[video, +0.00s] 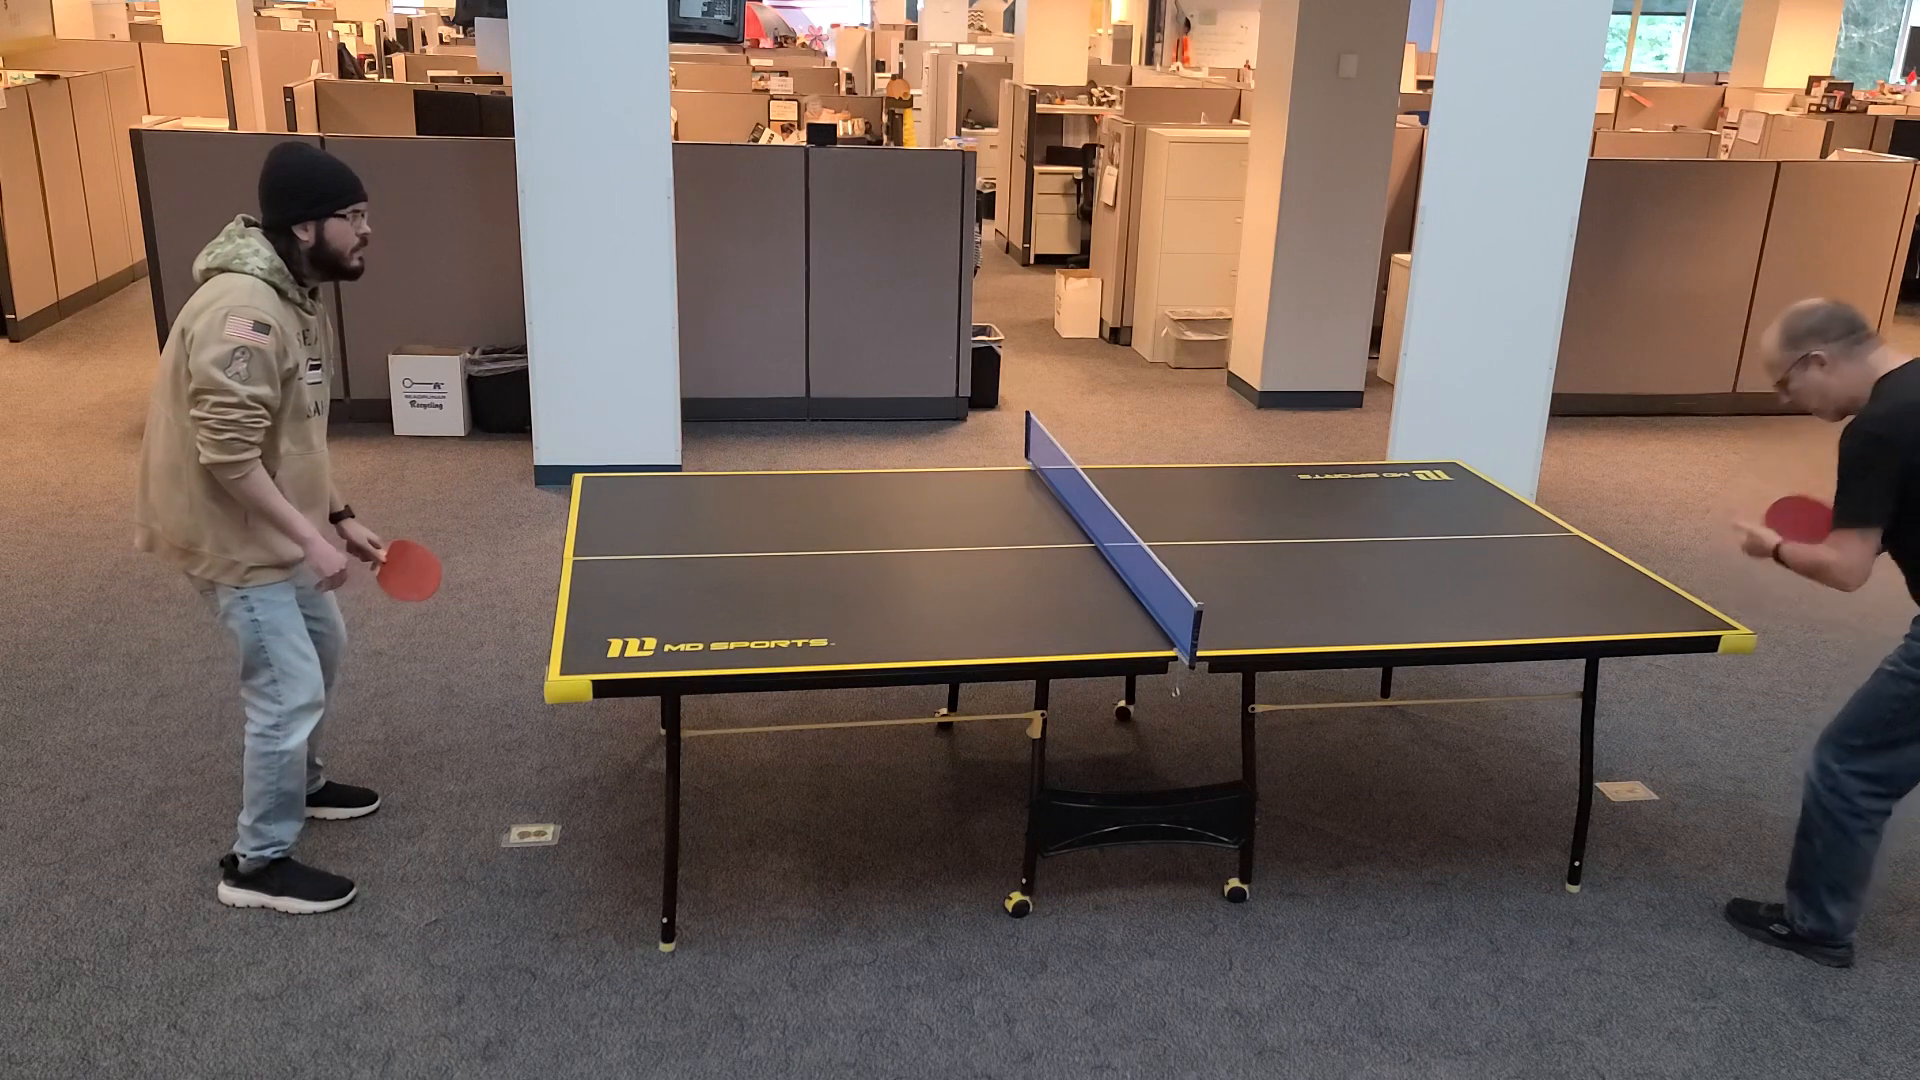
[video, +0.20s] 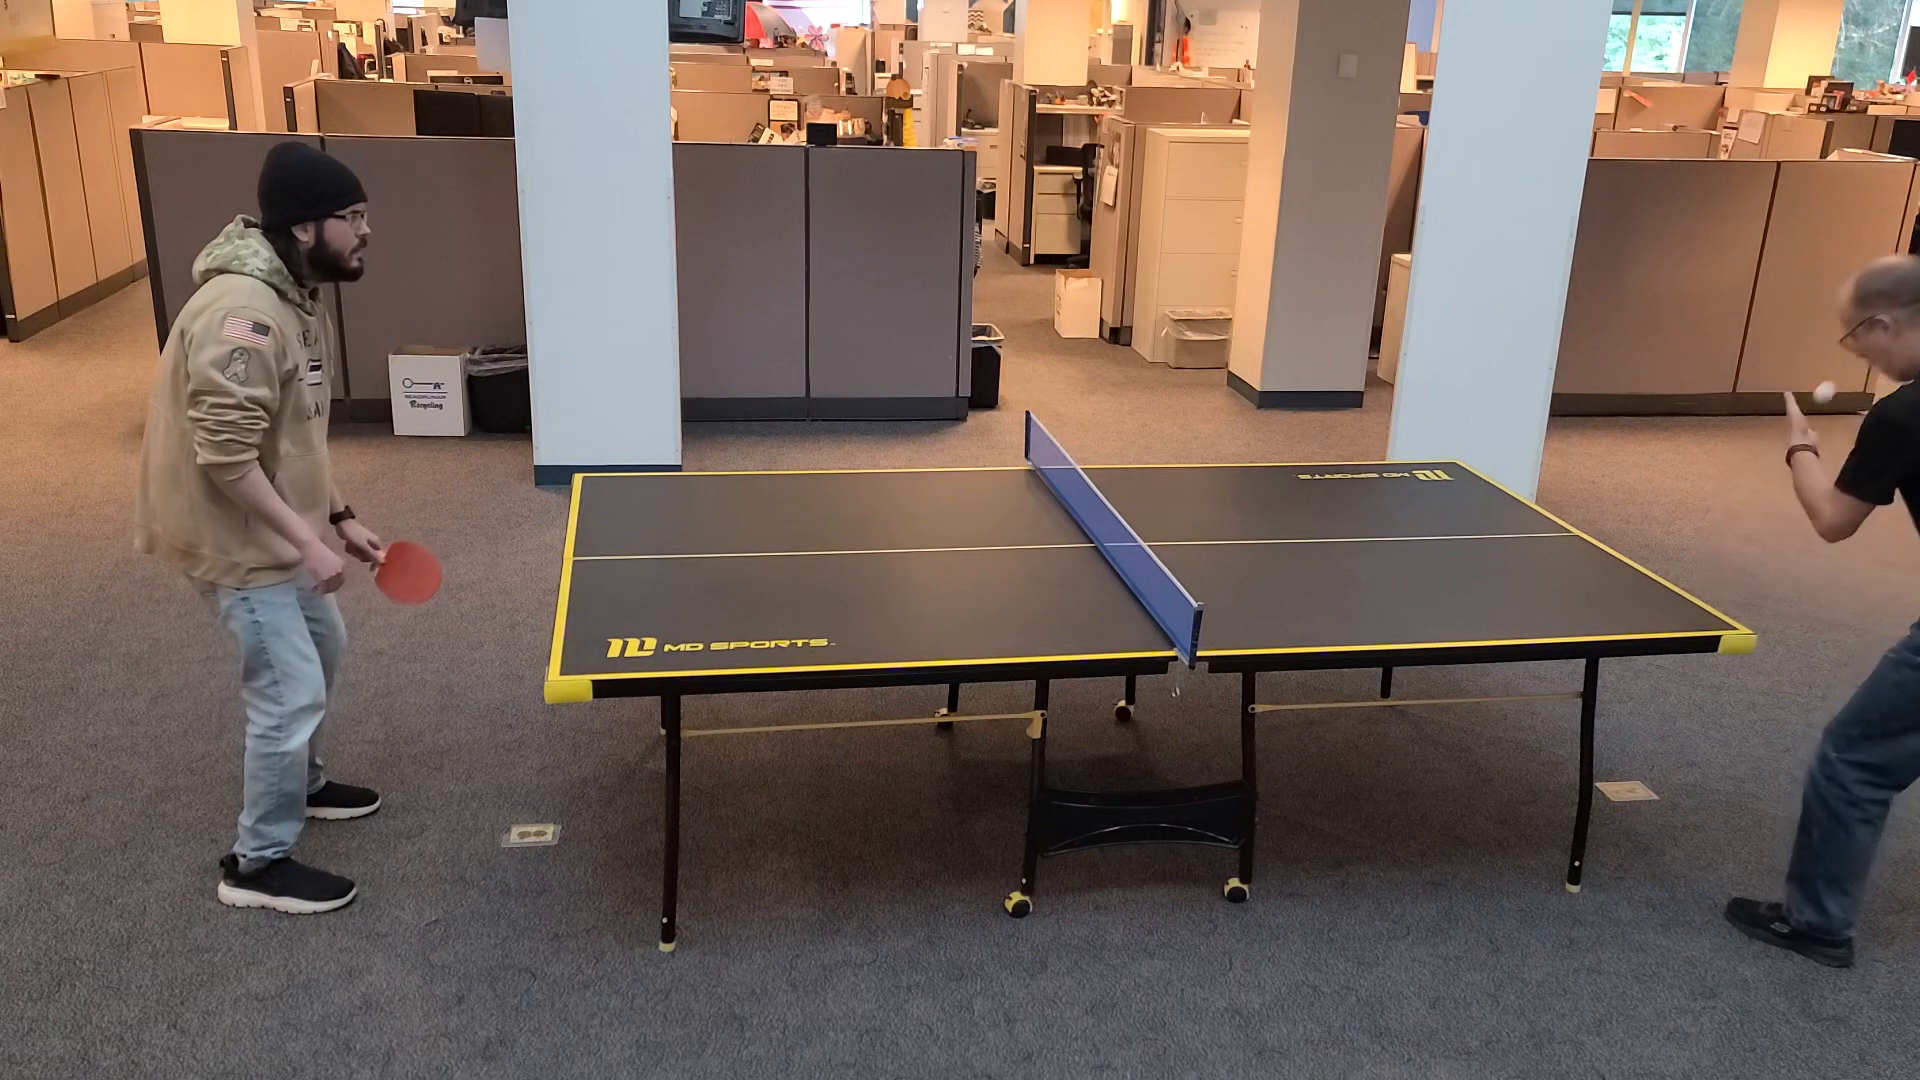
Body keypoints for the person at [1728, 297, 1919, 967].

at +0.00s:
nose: (1793, 402)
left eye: (1788, 384)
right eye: (1785, 390)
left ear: (1821, 358)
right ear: (1839, 353)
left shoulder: (1878, 429)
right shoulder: (1912, 387)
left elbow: (1847, 568)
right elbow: (1914, 514)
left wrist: (1774, 547)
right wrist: (1837, 525)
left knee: (1849, 761)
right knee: (1862, 758)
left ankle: (1820, 923)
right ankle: (1821, 920)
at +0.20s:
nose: (1855, 350)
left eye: (1858, 334)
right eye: (1851, 335)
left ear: (1898, 323)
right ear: (1904, 324)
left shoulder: (1904, 414)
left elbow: (1834, 519)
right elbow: (1838, 513)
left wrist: (1800, 449)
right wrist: (1812, 458)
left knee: (1853, 758)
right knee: (1863, 755)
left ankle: (1819, 922)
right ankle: (1821, 918)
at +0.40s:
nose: (1884, 322)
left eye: (1886, 308)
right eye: (1882, 308)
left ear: (1909, 308)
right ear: (1915, 306)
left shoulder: (1908, 399)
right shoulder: (1908, 398)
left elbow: (1849, 522)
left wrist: (1810, 501)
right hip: (1919, 631)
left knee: (1845, 747)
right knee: (1852, 745)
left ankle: (1822, 915)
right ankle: (1823, 912)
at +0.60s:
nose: (1825, 358)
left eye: (1822, 343)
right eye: (1819, 345)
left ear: (1846, 325)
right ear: (1896, 310)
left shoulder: (1874, 399)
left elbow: (1863, 530)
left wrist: (1822, 569)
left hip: (1919, 610)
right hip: (1914, 611)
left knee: (1829, 746)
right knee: (1840, 745)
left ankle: (1824, 914)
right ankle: (1824, 910)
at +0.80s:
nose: (1756, 340)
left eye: (1757, 324)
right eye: (1752, 326)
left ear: (1803, 307)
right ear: (1808, 304)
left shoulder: (1873, 371)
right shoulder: (1883, 352)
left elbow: (1919, 495)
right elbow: (1900, 488)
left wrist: (1854, 575)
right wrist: (1836, 536)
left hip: (1900, 606)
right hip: (1902, 598)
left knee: (1817, 756)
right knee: (1918, 740)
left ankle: (1822, 915)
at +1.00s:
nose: (1738, 297)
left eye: (1746, 283)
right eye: (1736, 284)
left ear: (1796, 279)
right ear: (1797, 279)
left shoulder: (1877, 358)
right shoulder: (1815, 345)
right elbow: (1815, 442)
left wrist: (1859, 572)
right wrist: (1780, 494)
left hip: (1884, 577)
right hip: (1834, 561)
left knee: (1799, 741)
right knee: (1789, 680)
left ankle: (1821, 907)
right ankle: (1865, 823)